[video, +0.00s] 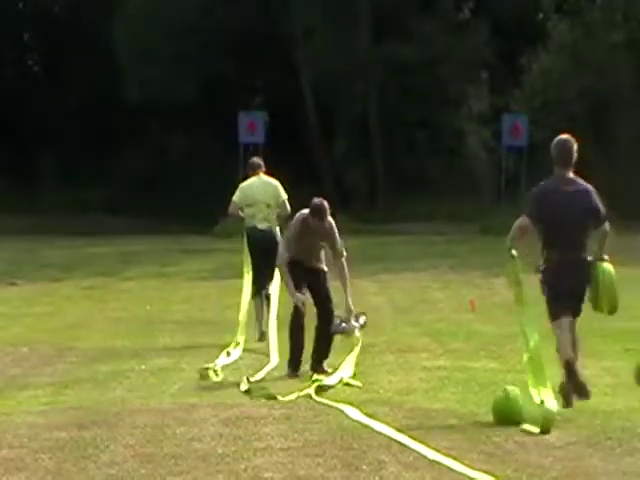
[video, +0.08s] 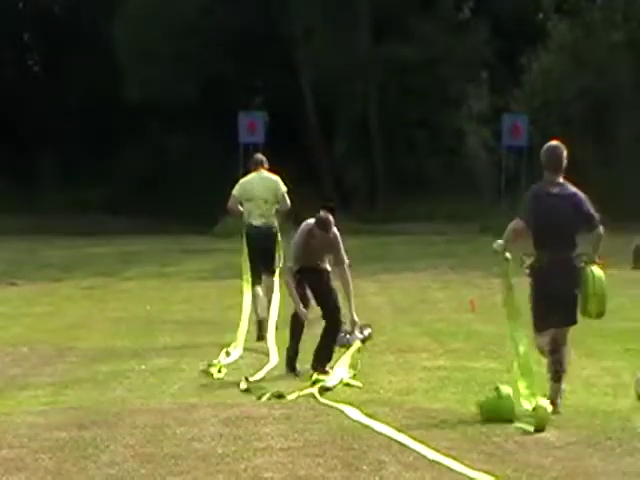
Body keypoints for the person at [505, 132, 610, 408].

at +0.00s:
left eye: (558, 157)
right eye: (571, 155)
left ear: (552, 158)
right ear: (575, 158)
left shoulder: (542, 192)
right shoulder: (586, 191)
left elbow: (523, 225)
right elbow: (604, 228)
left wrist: (510, 247)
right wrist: (598, 255)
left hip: (553, 261)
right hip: (579, 260)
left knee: (560, 320)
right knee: (570, 320)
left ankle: (571, 369)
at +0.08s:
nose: (555, 168)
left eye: (547, 164)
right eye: (560, 161)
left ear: (542, 164)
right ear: (565, 164)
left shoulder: (534, 196)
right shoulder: (575, 196)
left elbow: (521, 225)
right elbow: (598, 230)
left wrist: (503, 244)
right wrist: (591, 257)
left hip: (542, 264)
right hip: (568, 263)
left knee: (541, 330)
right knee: (561, 332)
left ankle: (552, 353)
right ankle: (554, 395)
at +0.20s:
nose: (532, 168)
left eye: (528, 164)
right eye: (538, 163)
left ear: (523, 165)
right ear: (545, 164)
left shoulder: (521, 198)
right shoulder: (559, 195)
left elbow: (508, 229)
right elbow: (577, 226)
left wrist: (495, 245)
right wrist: (572, 256)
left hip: (531, 264)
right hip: (556, 263)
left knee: (529, 327)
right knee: (554, 327)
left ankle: (536, 380)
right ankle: (556, 372)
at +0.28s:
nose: (523, 173)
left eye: (519, 169)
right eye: (529, 168)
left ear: (514, 172)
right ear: (535, 171)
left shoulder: (516, 204)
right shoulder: (550, 199)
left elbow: (495, 237)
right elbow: (567, 228)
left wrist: (486, 259)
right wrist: (564, 258)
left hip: (525, 270)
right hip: (551, 268)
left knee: (525, 338)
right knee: (544, 334)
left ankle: (534, 392)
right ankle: (550, 350)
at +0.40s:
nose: (520, 173)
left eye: (514, 169)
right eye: (524, 169)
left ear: (507, 171)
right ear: (528, 171)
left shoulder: (499, 202)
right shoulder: (539, 200)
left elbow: (488, 238)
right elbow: (551, 232)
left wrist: (488, 266)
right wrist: (548, 257)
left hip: (509, 265)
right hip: (534, 263)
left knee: (514, 320)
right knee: (526, 320)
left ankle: (525, 372)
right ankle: (528, 370)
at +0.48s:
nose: (513, 176)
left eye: (507, 172)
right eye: (517, 171)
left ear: (499, 173)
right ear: (520, 173)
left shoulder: (490, 203)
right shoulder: (529, 203)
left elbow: (478, 236)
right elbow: (545, 234)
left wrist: (470, 263)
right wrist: (543, 258)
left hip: (498, 264)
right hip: (522, 264)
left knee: (501, 310)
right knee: (516, 318)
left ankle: (510, 345)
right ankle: (509, 380)